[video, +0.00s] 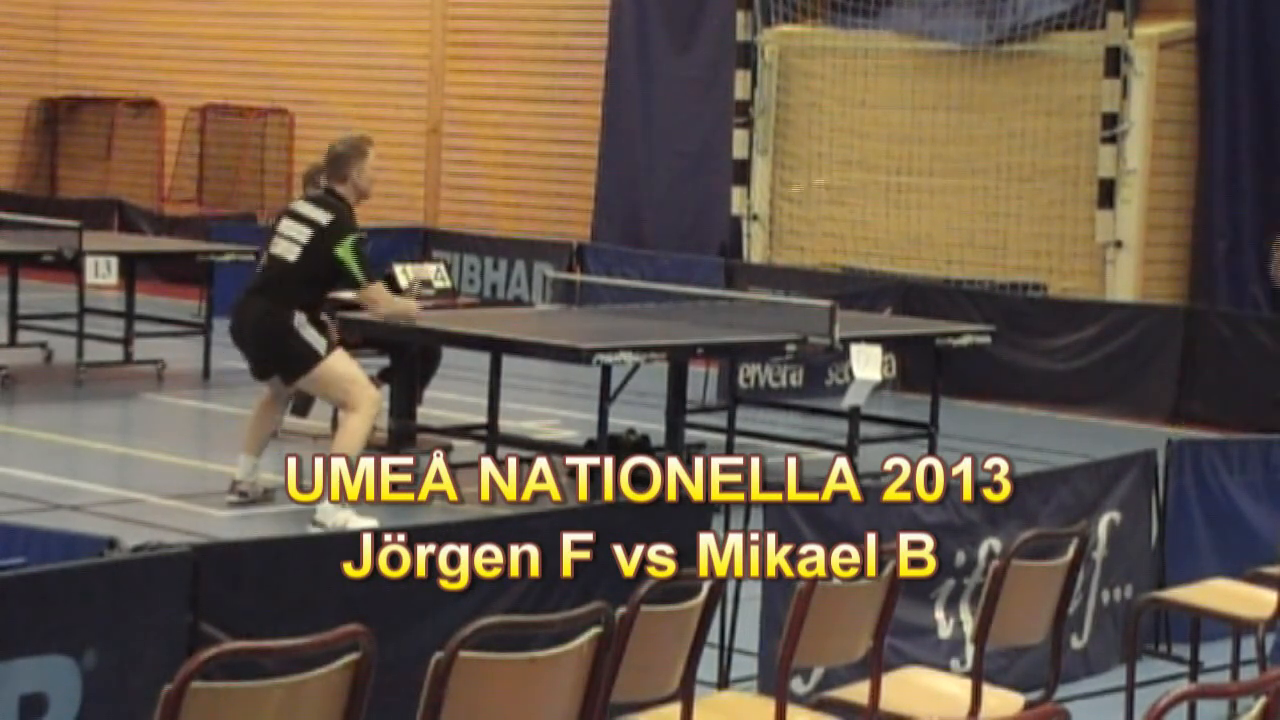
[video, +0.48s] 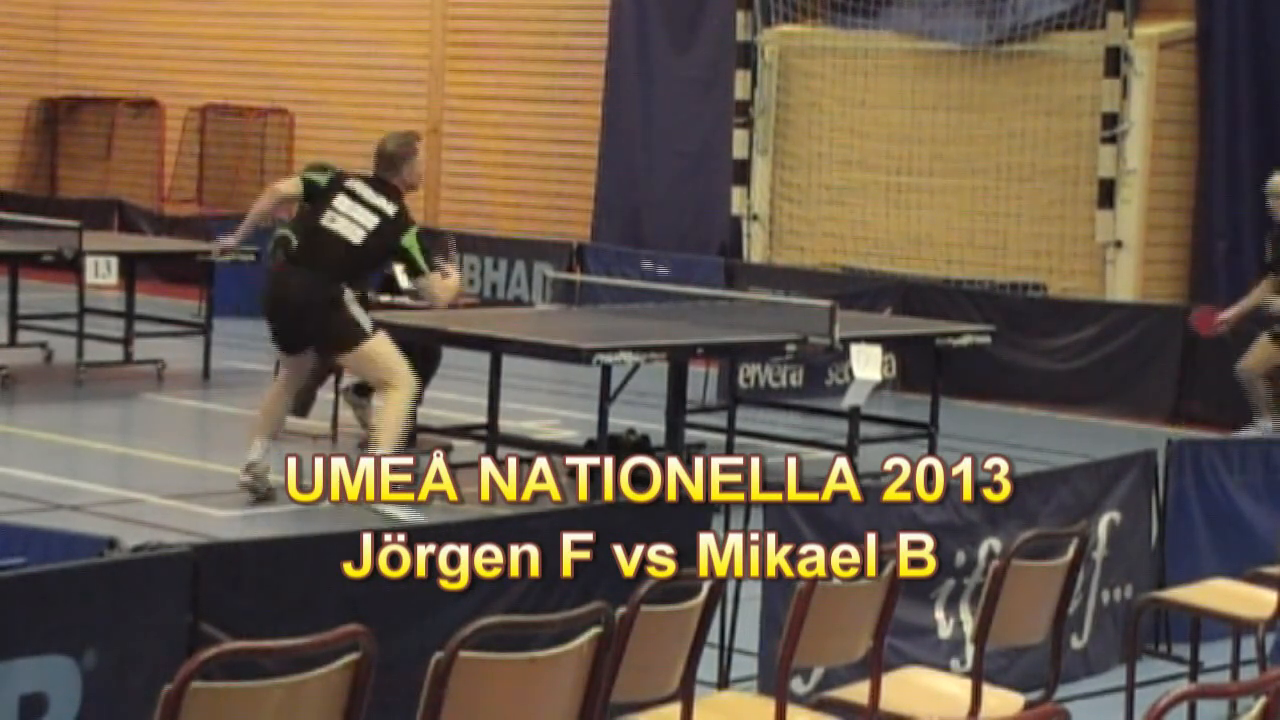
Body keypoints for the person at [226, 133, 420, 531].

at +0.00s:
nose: (375, 176)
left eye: (373, 169)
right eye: (370, 169)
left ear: (336, 173)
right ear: (351, 174)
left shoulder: (301, 205)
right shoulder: (340, 224)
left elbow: (296, 273)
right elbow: (376, 301)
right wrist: (406, 308)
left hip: (247, 316)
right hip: (280, 322)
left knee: (281, 389)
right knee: (364, 399)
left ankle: (246, 473)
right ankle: (333, 502)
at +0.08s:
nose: (383, 177)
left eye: (381, 171)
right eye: (378, 171)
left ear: (344, 174)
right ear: (362, 176)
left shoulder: (301, 204)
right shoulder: (353, 230)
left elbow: (263, 258)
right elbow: (396, 299)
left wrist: (313, 280)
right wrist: (428, 300)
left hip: (247, 313)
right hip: (282, 320)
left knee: (274, 392)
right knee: (363, 399)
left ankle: (244, 476)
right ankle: (332, 504)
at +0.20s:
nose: (400, 180)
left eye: (398, 173)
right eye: (396, 174)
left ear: (358, 176)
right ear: (385, 182)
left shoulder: (318, 197)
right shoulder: (377, 232)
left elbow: (257, 240)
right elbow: (425, 290)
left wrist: (268, 280)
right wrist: (466, 289)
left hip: (249, 301)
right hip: (289, 311)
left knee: (263, 388)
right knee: (360, 399)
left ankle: (244, 475)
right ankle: (333, 503)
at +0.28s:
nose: (410, 180)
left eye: (408, 173)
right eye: (406, 175)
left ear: (368, 176)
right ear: (392, 182)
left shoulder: (325, 195)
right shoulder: (389, 233)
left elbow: (260, 221)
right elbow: (441, 287)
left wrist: (249, 266)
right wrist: (482, 282)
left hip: (253, 295)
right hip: (296, 305)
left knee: (262, 388)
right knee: (360, 399)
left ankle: (243, 476)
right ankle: (332, 503)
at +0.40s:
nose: (418, 167)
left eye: (415, 160)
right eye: (414, 161)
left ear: (374, 164)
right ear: (401, 169)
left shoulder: (331, 180)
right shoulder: (397, 224)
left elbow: (271, 191)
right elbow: (442, 291)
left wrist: (234, 234)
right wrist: (470, 276)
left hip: (272, 287)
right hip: (315, 299)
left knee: (275, 383)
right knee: (383, 386)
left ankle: (248, 472)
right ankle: (352, 482)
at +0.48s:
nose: (422, 167)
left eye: (420, 160)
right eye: (418, 161)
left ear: (380, 162)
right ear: (405, 167)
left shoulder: (338, 181)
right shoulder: (400, 222)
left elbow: (278, 190)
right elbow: (438, 294)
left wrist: (238, 236)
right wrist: (453, 278)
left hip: (281, 288)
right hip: (325, 300)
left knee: (296, 370)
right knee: (400, 380)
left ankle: (256, 462)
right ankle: (380, 474)